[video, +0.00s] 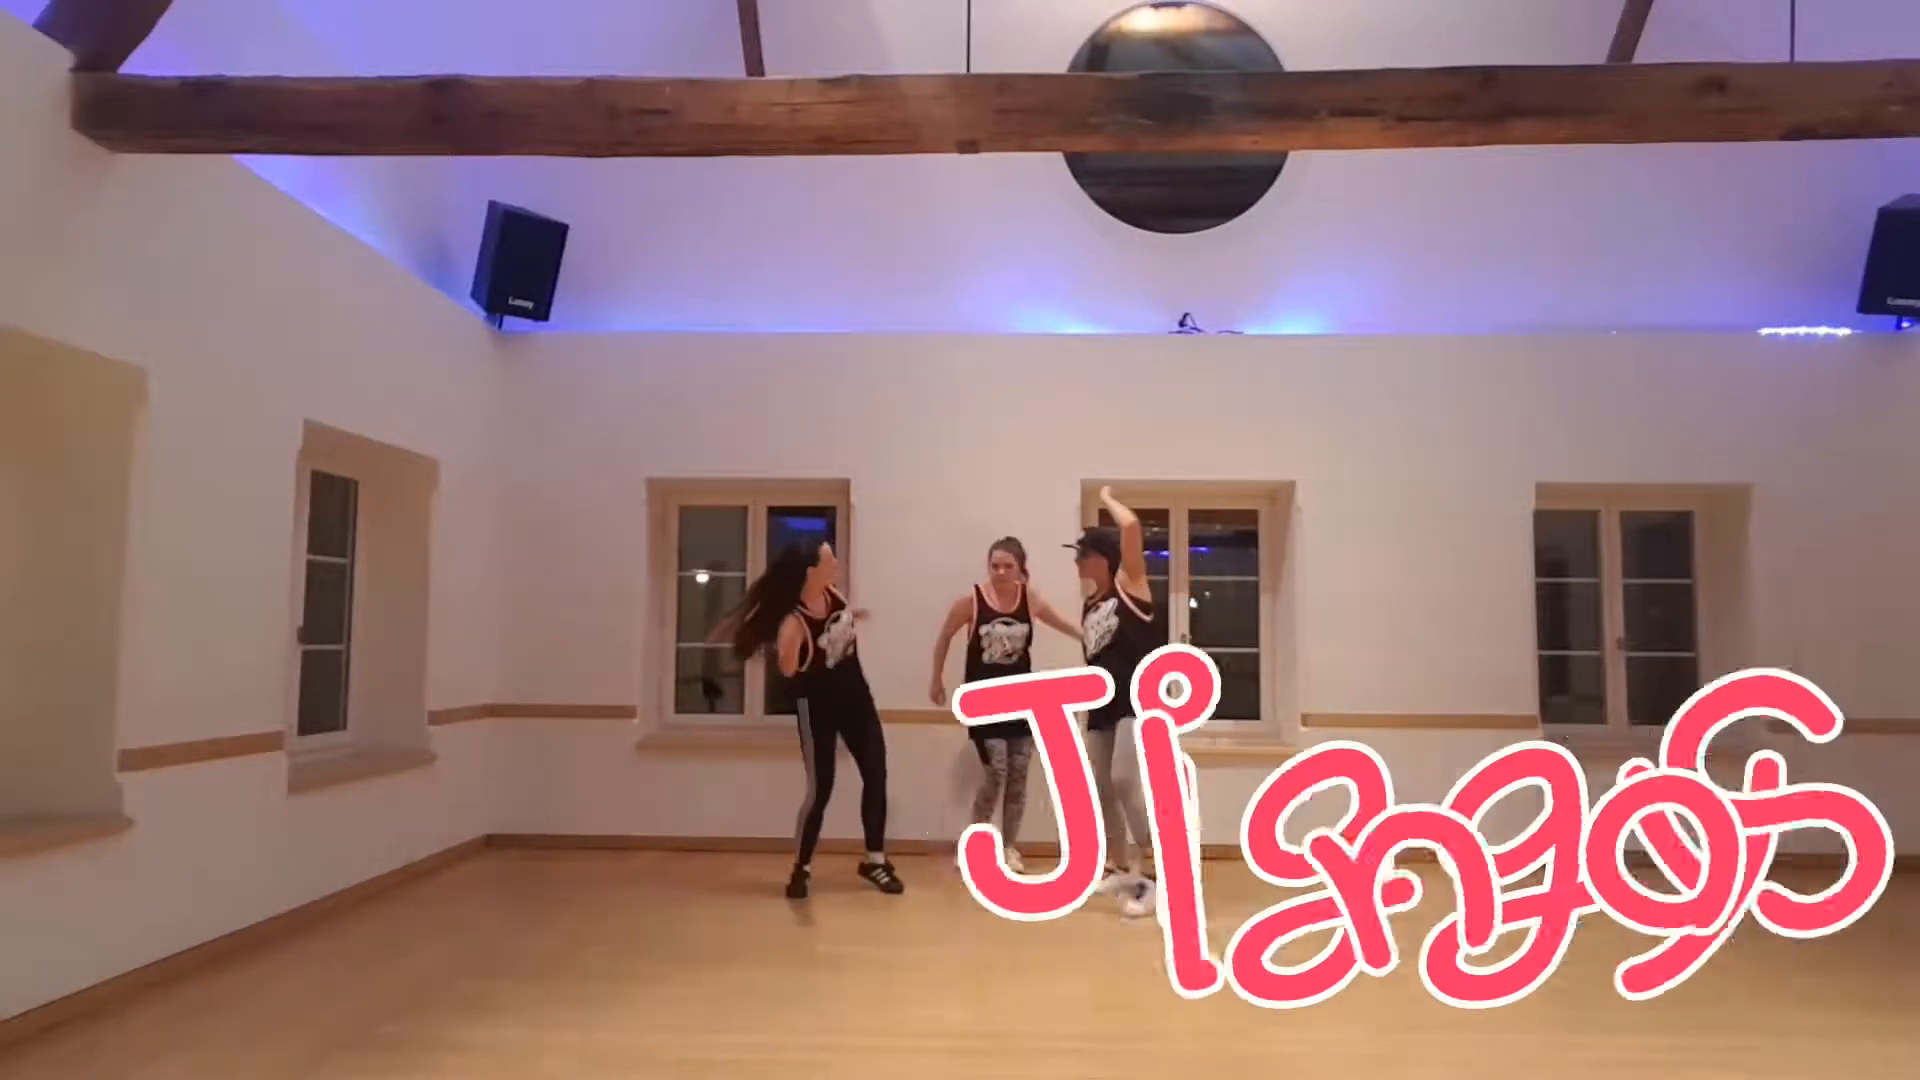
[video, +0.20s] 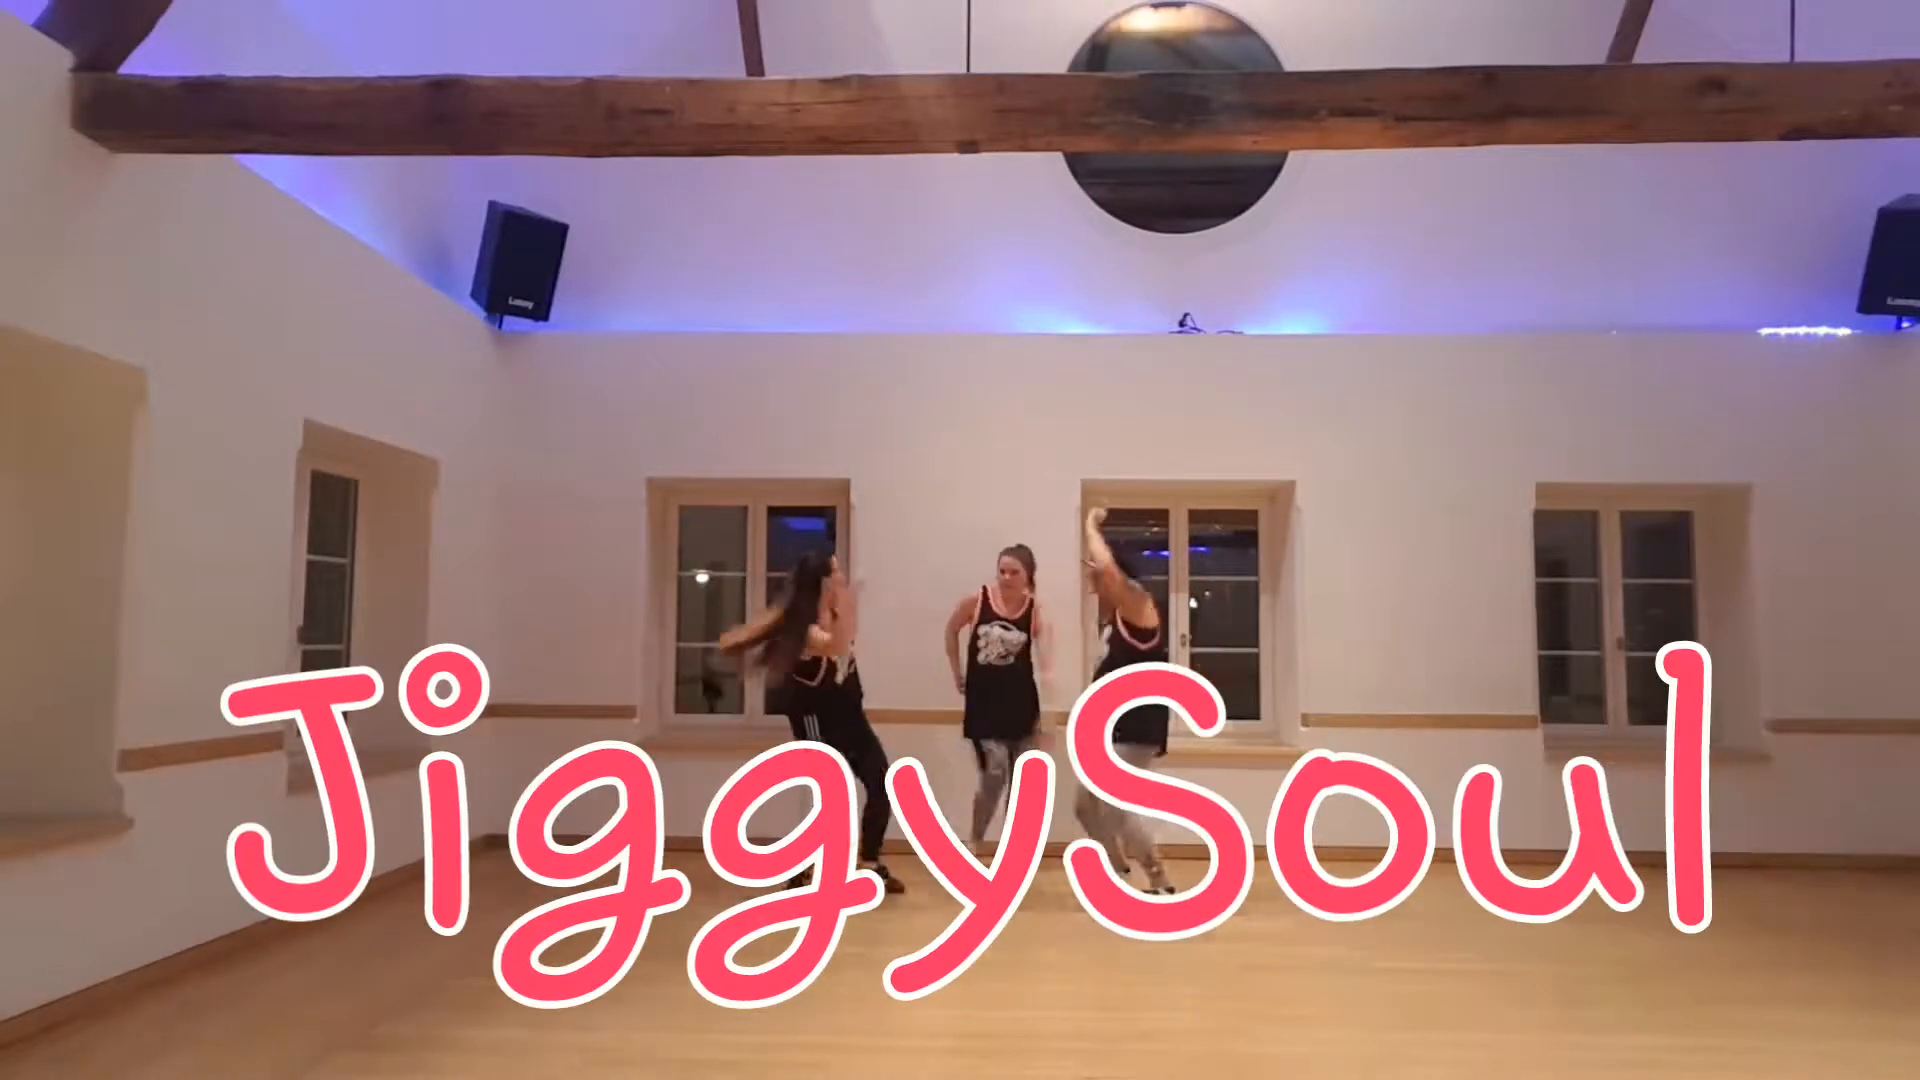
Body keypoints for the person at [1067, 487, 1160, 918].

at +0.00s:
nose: (1079, 567)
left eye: (1085, 559)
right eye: (1079, 560)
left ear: (1106, 559)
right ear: (1090, 563)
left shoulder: (1131, 584)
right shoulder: (1092, 607)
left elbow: (1130, 525)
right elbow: (1092, 658)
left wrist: (1107, 497)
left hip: (1134, 706)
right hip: (1099, 709)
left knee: (1125, 781)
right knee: (1101, 788)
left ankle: (1152, 873)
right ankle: (1119, 869)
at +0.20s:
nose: (1090, 581)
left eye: (1095, 574)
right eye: (1090, 573)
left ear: (1115, 575)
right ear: (1100, 578)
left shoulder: (1140, 605)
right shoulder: (1116, 612)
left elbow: (1107, 566)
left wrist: (1092, 528)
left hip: (1138, 728)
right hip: (1116, 728)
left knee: (1117, 807)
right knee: (1088, 805)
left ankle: (1160, 884)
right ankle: (1117, 871)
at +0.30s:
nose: (1101, 585)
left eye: (1106, 576)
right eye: (1102, 574)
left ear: (1120, 573)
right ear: (1131, 569)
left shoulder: (1144, 600)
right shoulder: (1126, 605)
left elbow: (1093, 576)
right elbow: (1095, 576)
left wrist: (1080, 540)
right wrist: (1083, 541)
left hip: (1139, 722)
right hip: (1120, 721)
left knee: (1121, 803)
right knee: (1097, 802)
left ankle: (1161, 883)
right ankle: (1115, 872)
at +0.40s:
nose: (1096, 564)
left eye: (1101, 556)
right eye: (1097, 557)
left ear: (1116, 556)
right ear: (1122, 556)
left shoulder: (1139, 577)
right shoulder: (1129, 584)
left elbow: (1078, 576)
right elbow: (1085, 580)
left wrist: (1059, 537)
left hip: (1147, 703)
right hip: (1122, 703)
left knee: (1134, 792)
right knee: (1092, 783)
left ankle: (1164, 880)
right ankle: (1113, 858)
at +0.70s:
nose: (1105, 567)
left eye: (1108, 560)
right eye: (1105, 559)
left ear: (1123, 562)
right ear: (1144, 560)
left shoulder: (1117, 600)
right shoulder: (1175, 591)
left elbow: (1085, 625)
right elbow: (1206, 631)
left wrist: (1067, 586)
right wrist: (1239, 649)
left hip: (1125, 707)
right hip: (1164, 707)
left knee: (1123, 794)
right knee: (1108, 786)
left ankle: (1161, 884)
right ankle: (1096, 865)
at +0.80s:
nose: (1103, 574)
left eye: (1106, 567)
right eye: (1103, 566)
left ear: (1120, 570)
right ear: (1144, 568)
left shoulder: (1114, 611)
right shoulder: (1176, 600)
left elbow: (1090, 637)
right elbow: (1209, 637)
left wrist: (1078, 601)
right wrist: (1245, 648)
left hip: (1123, 721)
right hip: (1163, 718)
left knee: (1111, 802)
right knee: (1106, 795)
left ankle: (1159, 884)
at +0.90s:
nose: (1101, 575)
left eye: (1104, 568)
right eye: (1102, 568)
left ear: (1117, 570)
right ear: (1142, 568)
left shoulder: (1112, 610)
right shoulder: (1174, 597)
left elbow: (1092, 642)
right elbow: (1210, 639)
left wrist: (1078, 606)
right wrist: (1247, 642)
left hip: (1122, 718)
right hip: (1161, 715)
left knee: (1113, 802)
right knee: (1106, 794)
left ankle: (1160, 884)